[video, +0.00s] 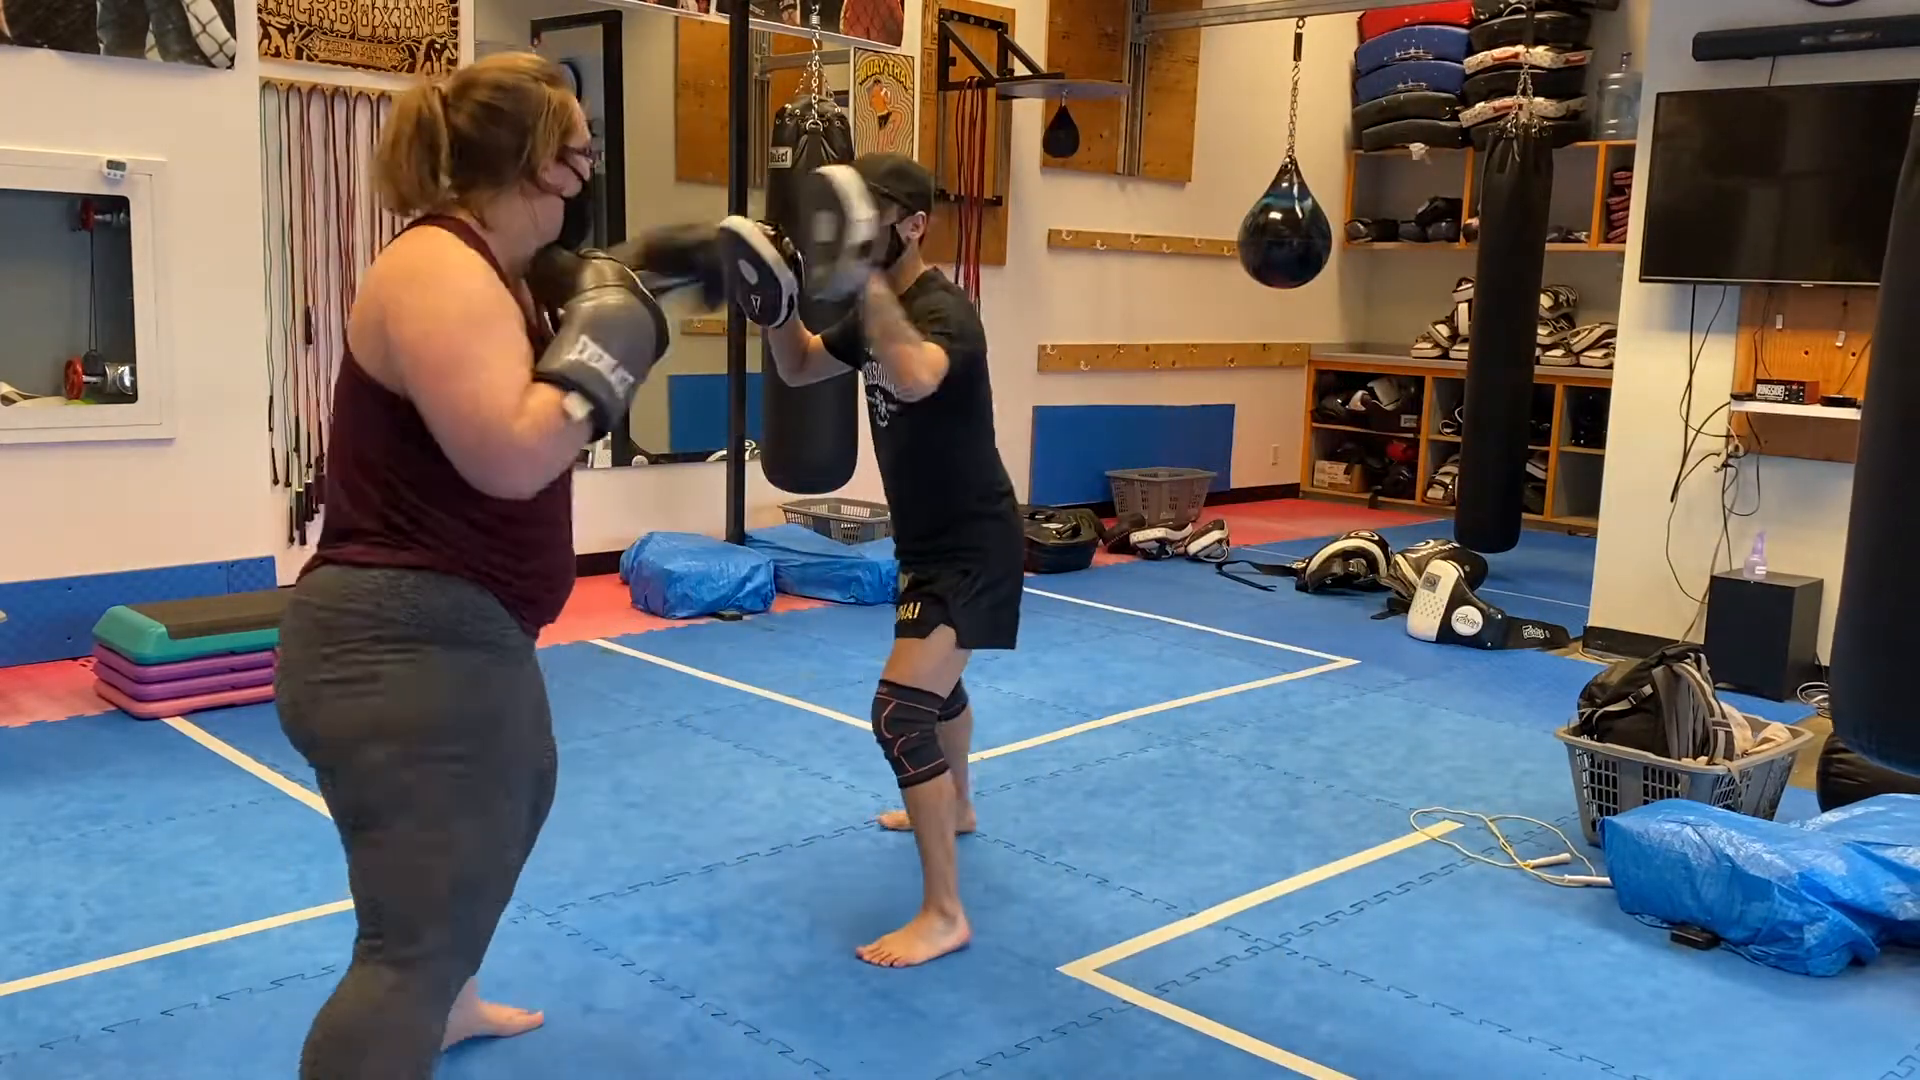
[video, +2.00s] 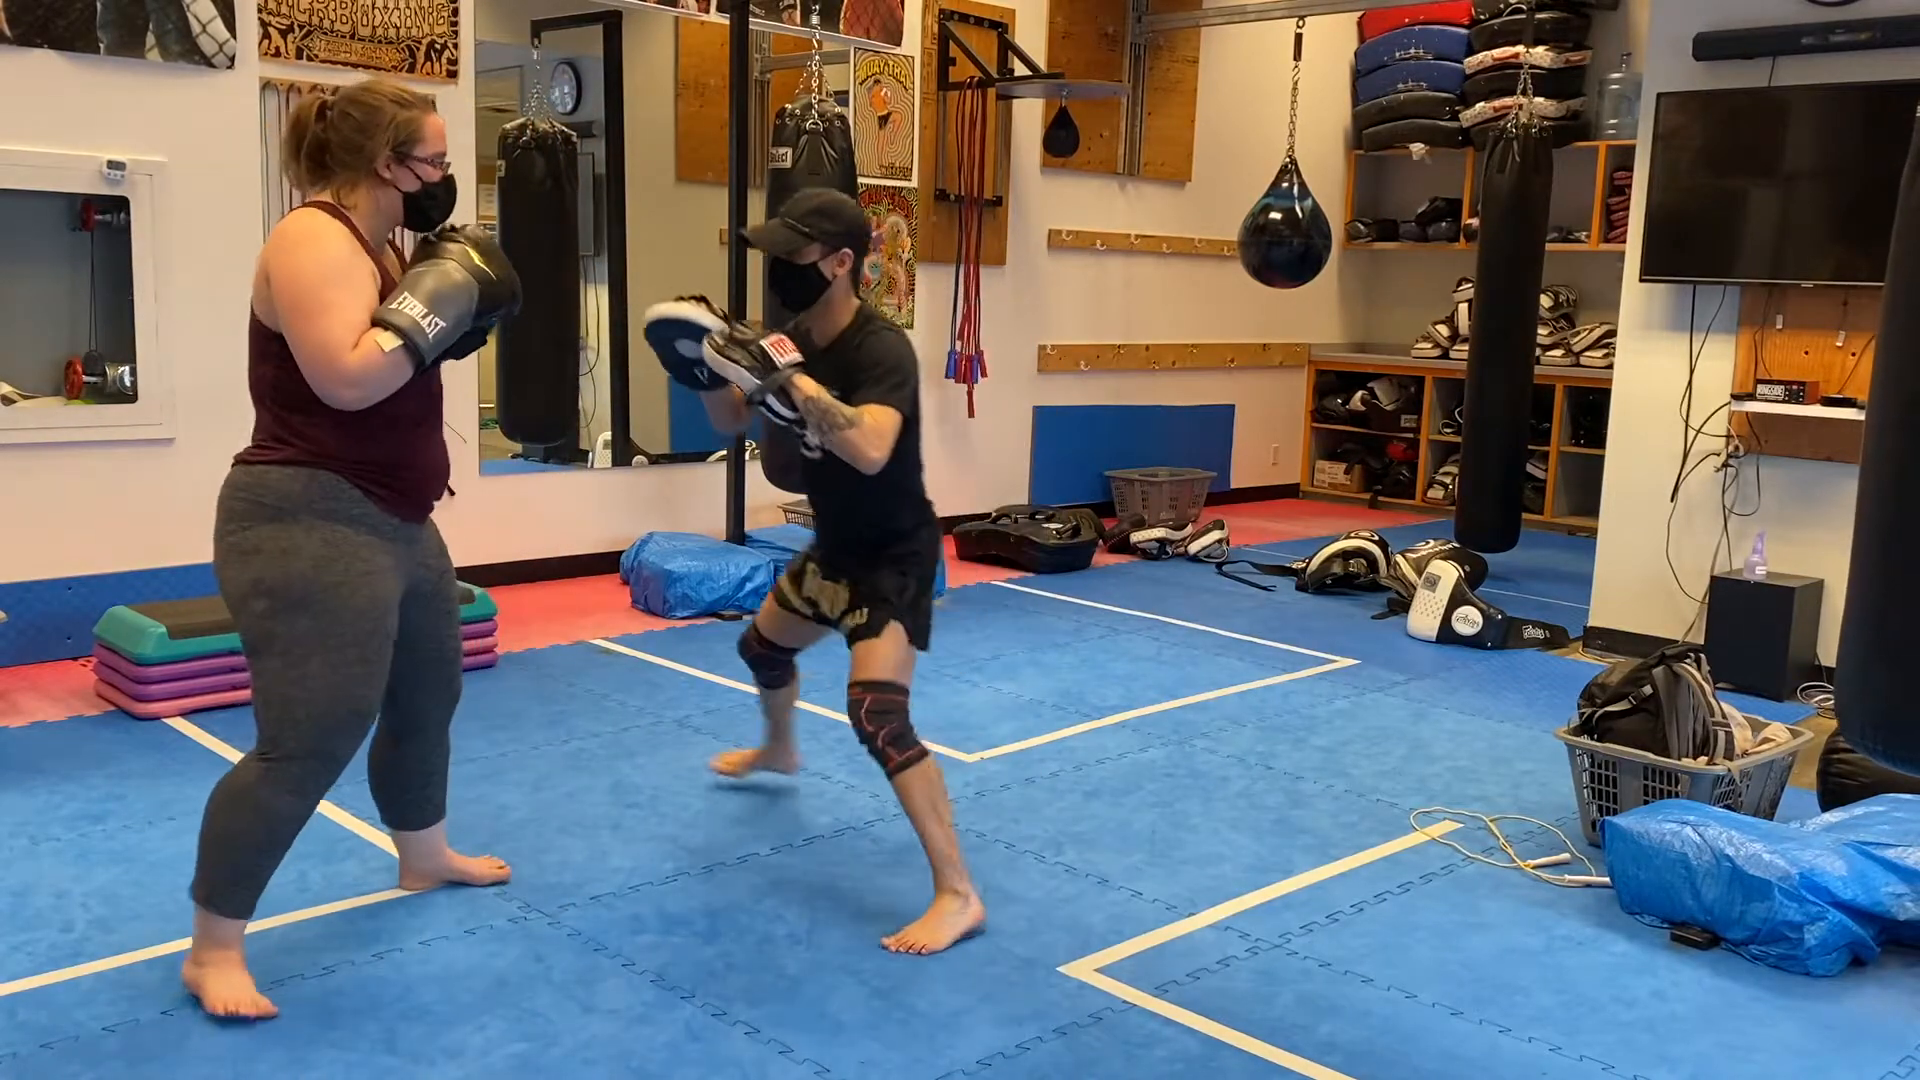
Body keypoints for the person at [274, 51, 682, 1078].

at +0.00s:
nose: (583, 171)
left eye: (582, 151)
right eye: (569, 152)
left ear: (506, 162)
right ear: (514, 162)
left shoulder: (498, 271)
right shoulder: (433, 272)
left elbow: (589, 291)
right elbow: (513, 456)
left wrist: (681, 263)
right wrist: (600, 358)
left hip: (465, 629)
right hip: (399, 638)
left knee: (510, 790)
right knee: (411, 952)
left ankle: (444, 997)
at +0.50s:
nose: (562, 210)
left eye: (564, 194)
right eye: (550, 192)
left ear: (531, 193)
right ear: (499, 186)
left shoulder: (527, 281)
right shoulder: (405, 272)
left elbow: (549, 375)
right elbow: (386, 408)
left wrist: (622, 327)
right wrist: (508, 337)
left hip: (508, 568)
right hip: (416, 570)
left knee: (523, 728)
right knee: (442, 820)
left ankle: (476, 880)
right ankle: (340, 1055)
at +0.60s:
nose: (545, 205)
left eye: (548, 189)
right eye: (536, 186)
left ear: (482, 176)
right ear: (489, 175)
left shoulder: (484, 251)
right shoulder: (443, 249)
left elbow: (532, 361)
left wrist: (587, 307)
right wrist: (604, 308)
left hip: (493, 534)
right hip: (440, 540)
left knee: (526, 695)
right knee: (455, 777)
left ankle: (475, 878)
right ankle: (364, 1028)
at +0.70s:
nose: (545, 193)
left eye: (548, 181)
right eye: (543, 179)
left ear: (443, 162)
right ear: (520, 172)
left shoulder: (361, 250)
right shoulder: (516, 240)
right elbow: (659, 303)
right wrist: (709, 257)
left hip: (398, 525)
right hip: (471, 532)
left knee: (485, 716)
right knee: (472, 769)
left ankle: (475, 878)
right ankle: (392, 999)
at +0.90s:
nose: (523, 183)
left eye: (526, 168)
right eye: (520, 168)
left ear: (430, 149)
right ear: (490, 160)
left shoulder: (360, 235)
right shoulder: (487, 227)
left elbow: (336, 343)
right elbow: (562, 353)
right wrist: (600, 304)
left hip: (381, 501)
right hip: (466, 498)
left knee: (461, 713)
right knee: (509, 725)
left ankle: (467, 886)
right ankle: (461, 958)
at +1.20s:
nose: (491, 178)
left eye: (496, 165)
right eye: (483, 162)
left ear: (442, 158)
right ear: (437, 154)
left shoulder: (435, 230)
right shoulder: (382, 223)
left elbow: (441, 332)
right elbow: (411, 350)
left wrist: (506, 275)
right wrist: (499, 294)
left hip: (447, 496)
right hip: (384, 493)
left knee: (471, 693)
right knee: (445, 709)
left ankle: (473, 884)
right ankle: (337, 923)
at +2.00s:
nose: (441, 176)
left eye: (440, 163)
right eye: (432, 163)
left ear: (385, 164)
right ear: (384, 163)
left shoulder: (385, 244)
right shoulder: (312, 240)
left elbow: (405, 356)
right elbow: (346, 377)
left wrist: (456, 291)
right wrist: (434, 306)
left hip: (398, 517)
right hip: (309, 517)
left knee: (427, 688)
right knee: (311, 735)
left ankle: (425, 854)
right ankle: (215, 946)